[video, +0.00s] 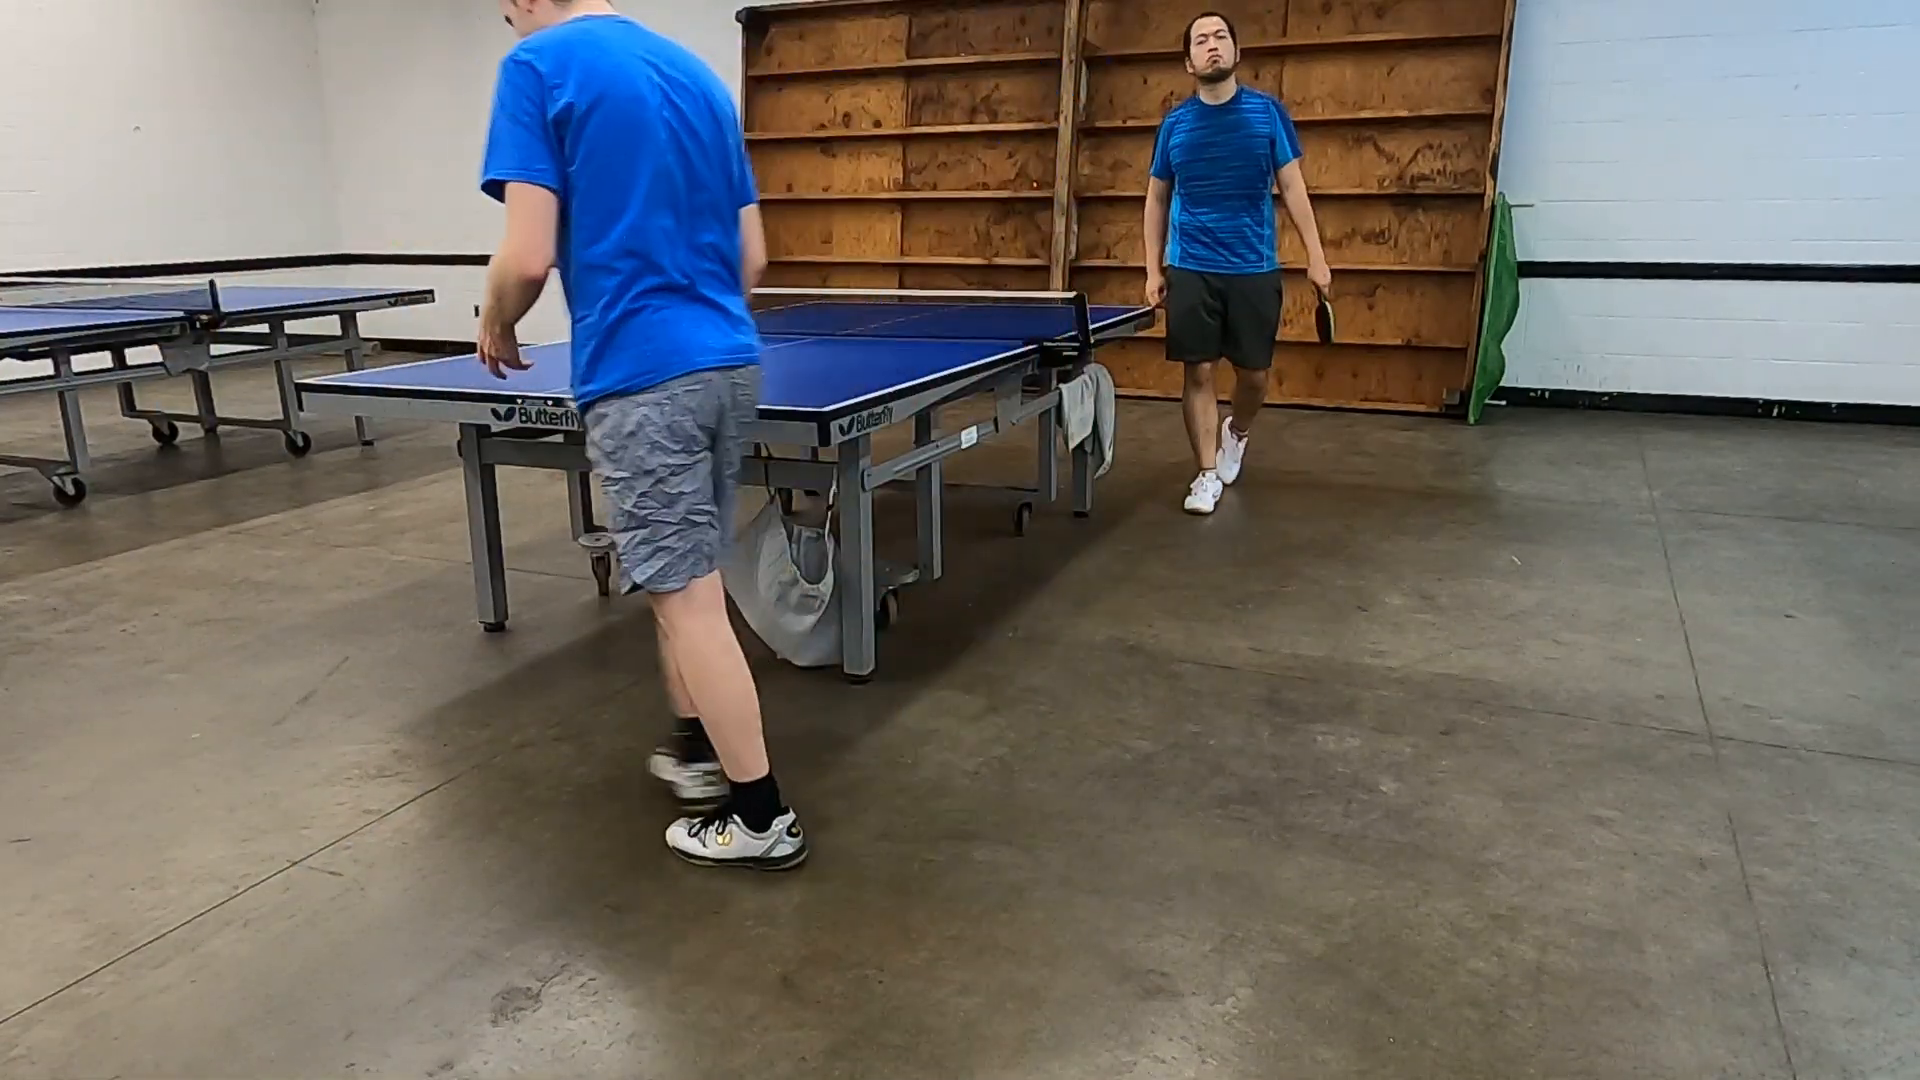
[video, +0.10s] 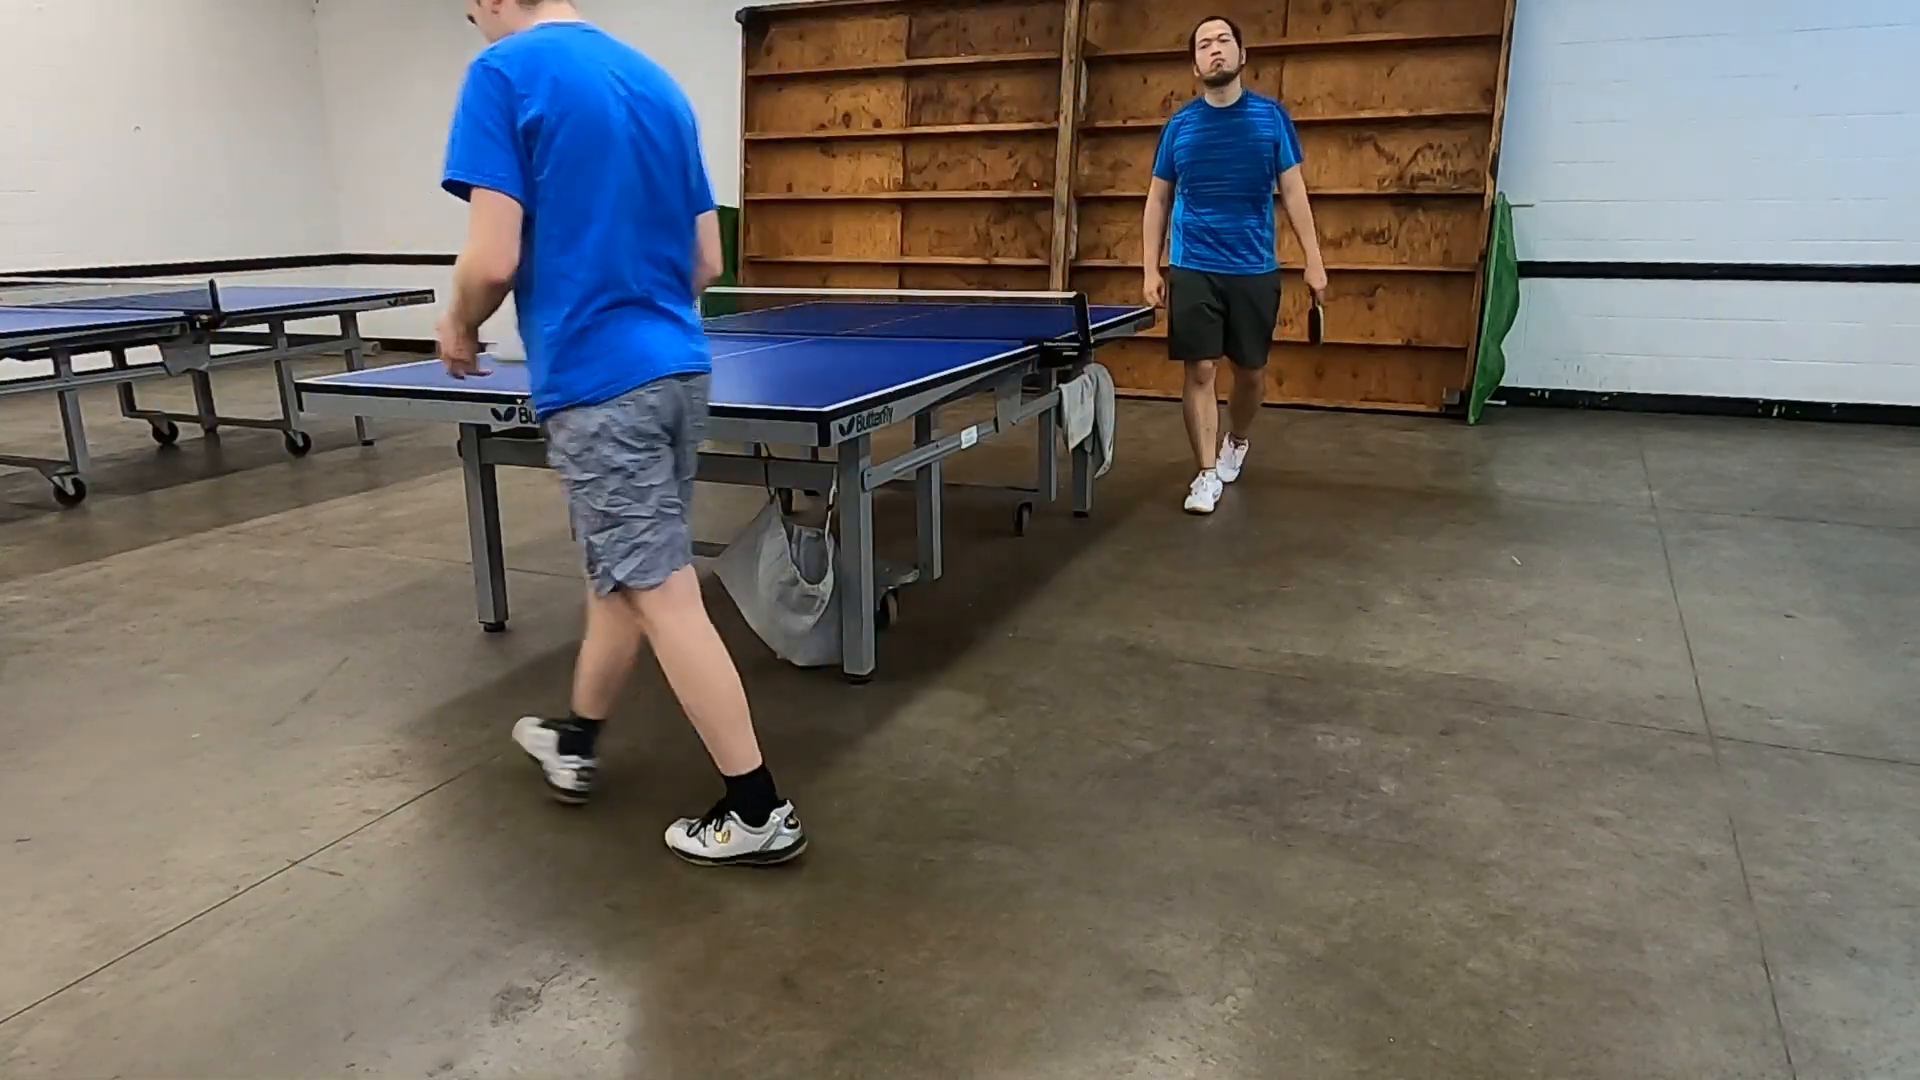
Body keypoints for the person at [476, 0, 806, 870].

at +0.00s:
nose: (512, 29)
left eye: (508, 20)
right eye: (509, 21)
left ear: (528, 6)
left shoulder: (538, 60)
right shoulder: (697, 74)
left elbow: (528, 260)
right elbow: (750, 258)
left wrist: (496, 323)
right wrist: (698, 321)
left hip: (641, 372)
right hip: (734, 359)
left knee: (692, 599)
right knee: (682, 571)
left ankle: (763, 814)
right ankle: (700, 747)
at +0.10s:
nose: (477, 29)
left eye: (474, 19)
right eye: (474, 20)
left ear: (493, 7)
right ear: (566, 2)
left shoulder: (502, 69)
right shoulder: (657, 81)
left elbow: (493, 263)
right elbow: (704, 260)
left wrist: (459, 322)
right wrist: (619, 300)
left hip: (596, 379)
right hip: (683, 364)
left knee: (667, 594)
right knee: (619, 574)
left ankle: (759, 808)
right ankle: (576, 744)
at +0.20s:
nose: (440, 26)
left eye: (437, 16)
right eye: (436, 17)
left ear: (460, 6)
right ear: (529, 4)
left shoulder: (468, 78)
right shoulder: (614, 91)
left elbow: (462, 261)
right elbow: (666, 263)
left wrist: (406, 306)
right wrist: (586, 311)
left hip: (546, 389)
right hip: (625, 375)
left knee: (605, 596)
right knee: (564, 574)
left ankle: (737, 789)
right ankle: (526, 760)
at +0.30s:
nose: (406, 24)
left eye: (405, 10)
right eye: (405, 11)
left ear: (430, 4)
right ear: (489, 3)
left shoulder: (431, 74)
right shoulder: (572, 91)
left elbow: (426, 251)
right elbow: (622, 263)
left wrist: (344, 281)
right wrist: (553, 314)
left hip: (498, 385)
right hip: (585, 373)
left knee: (483, 589)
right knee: (543, 559)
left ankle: (659, 731)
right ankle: (523, 761)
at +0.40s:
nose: (363, 15)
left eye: (364, 7)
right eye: (361, 9)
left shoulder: (399, 66)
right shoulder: (533, 84)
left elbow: (381, 241)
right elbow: (584, 245)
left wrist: (289, 254)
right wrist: (515, 311)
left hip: (458, 372)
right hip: (548, 363)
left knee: (404, 559)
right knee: (522, 551)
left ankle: (553, 707)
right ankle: (529, 744)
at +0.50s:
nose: (327, 12)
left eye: (327, 1)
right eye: (327, 4)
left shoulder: (358, 67)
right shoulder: (493, 76)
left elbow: (340, 240)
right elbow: (549, 243)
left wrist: (240, 254)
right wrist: (469, 287)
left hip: (419, 365)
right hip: (519, 359)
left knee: (359, 544)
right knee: (509, 548)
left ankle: (435, 744)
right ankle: (525, 758)